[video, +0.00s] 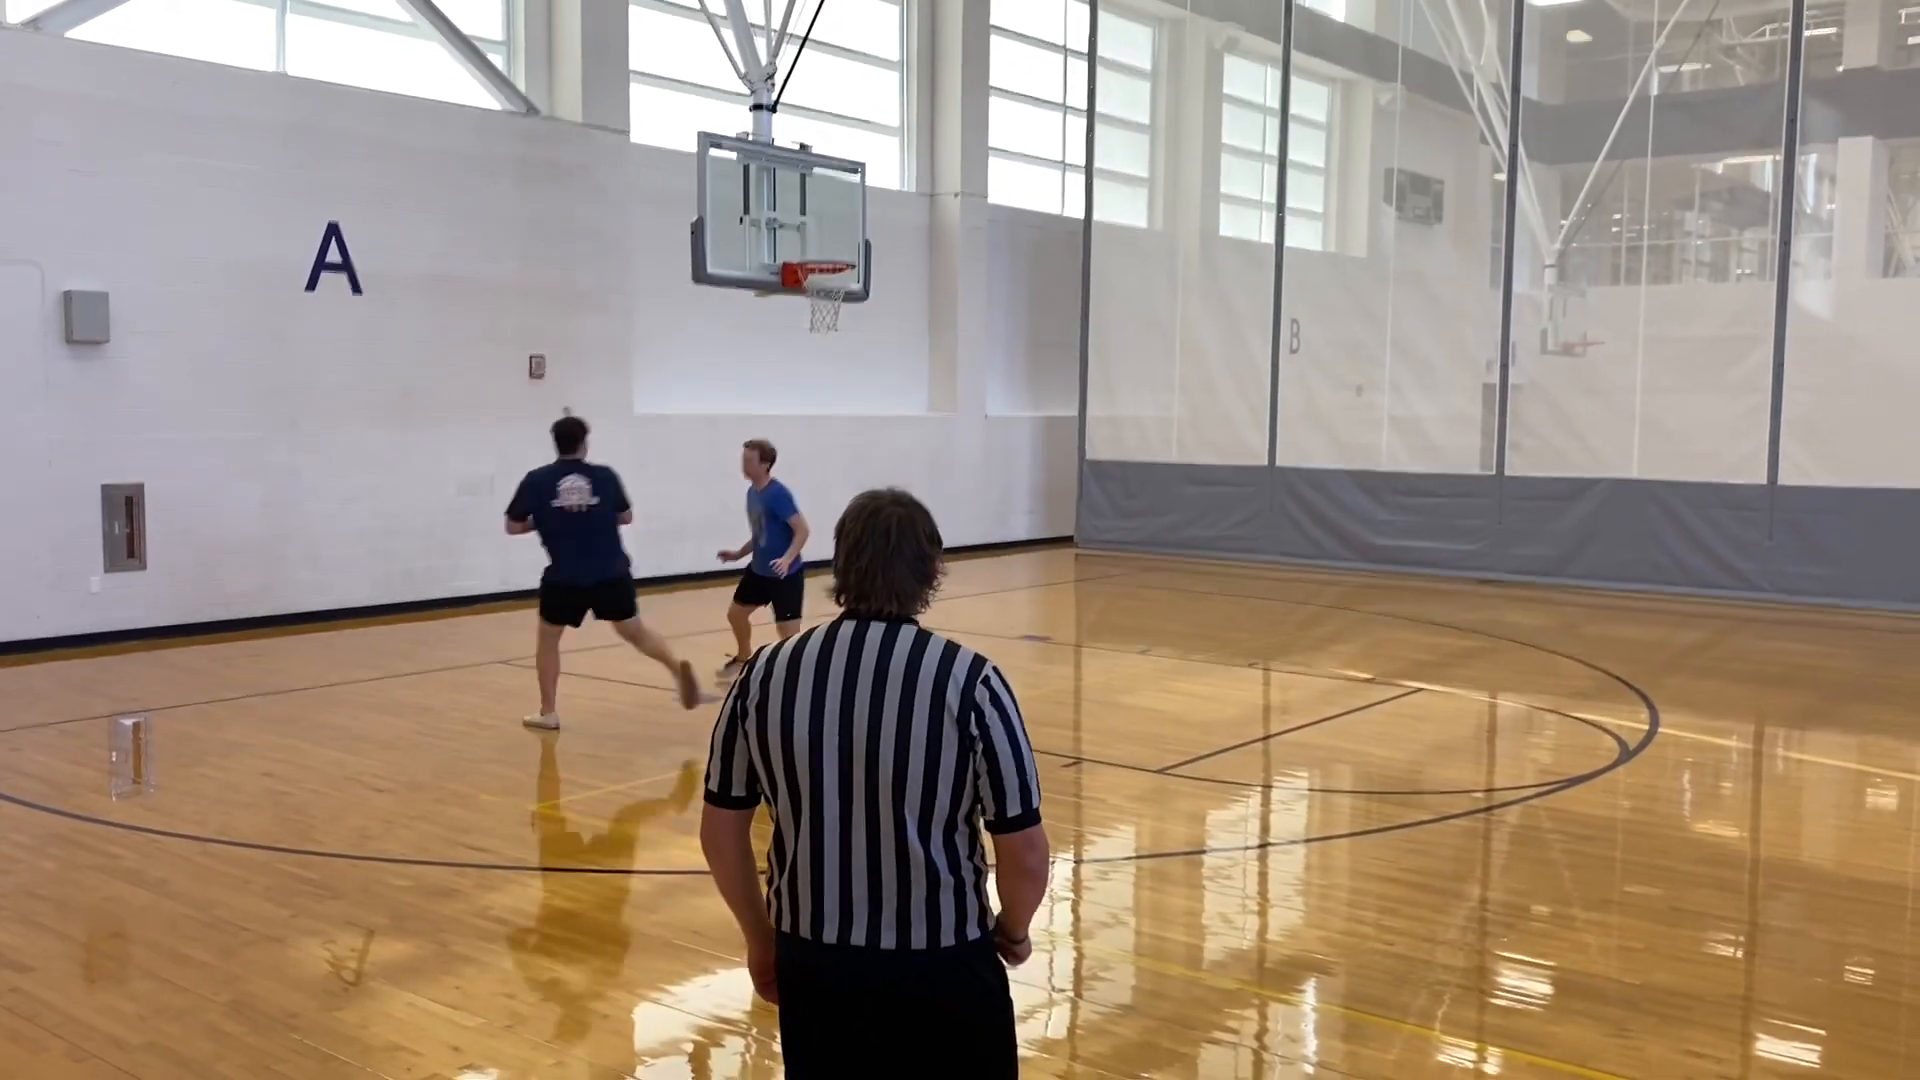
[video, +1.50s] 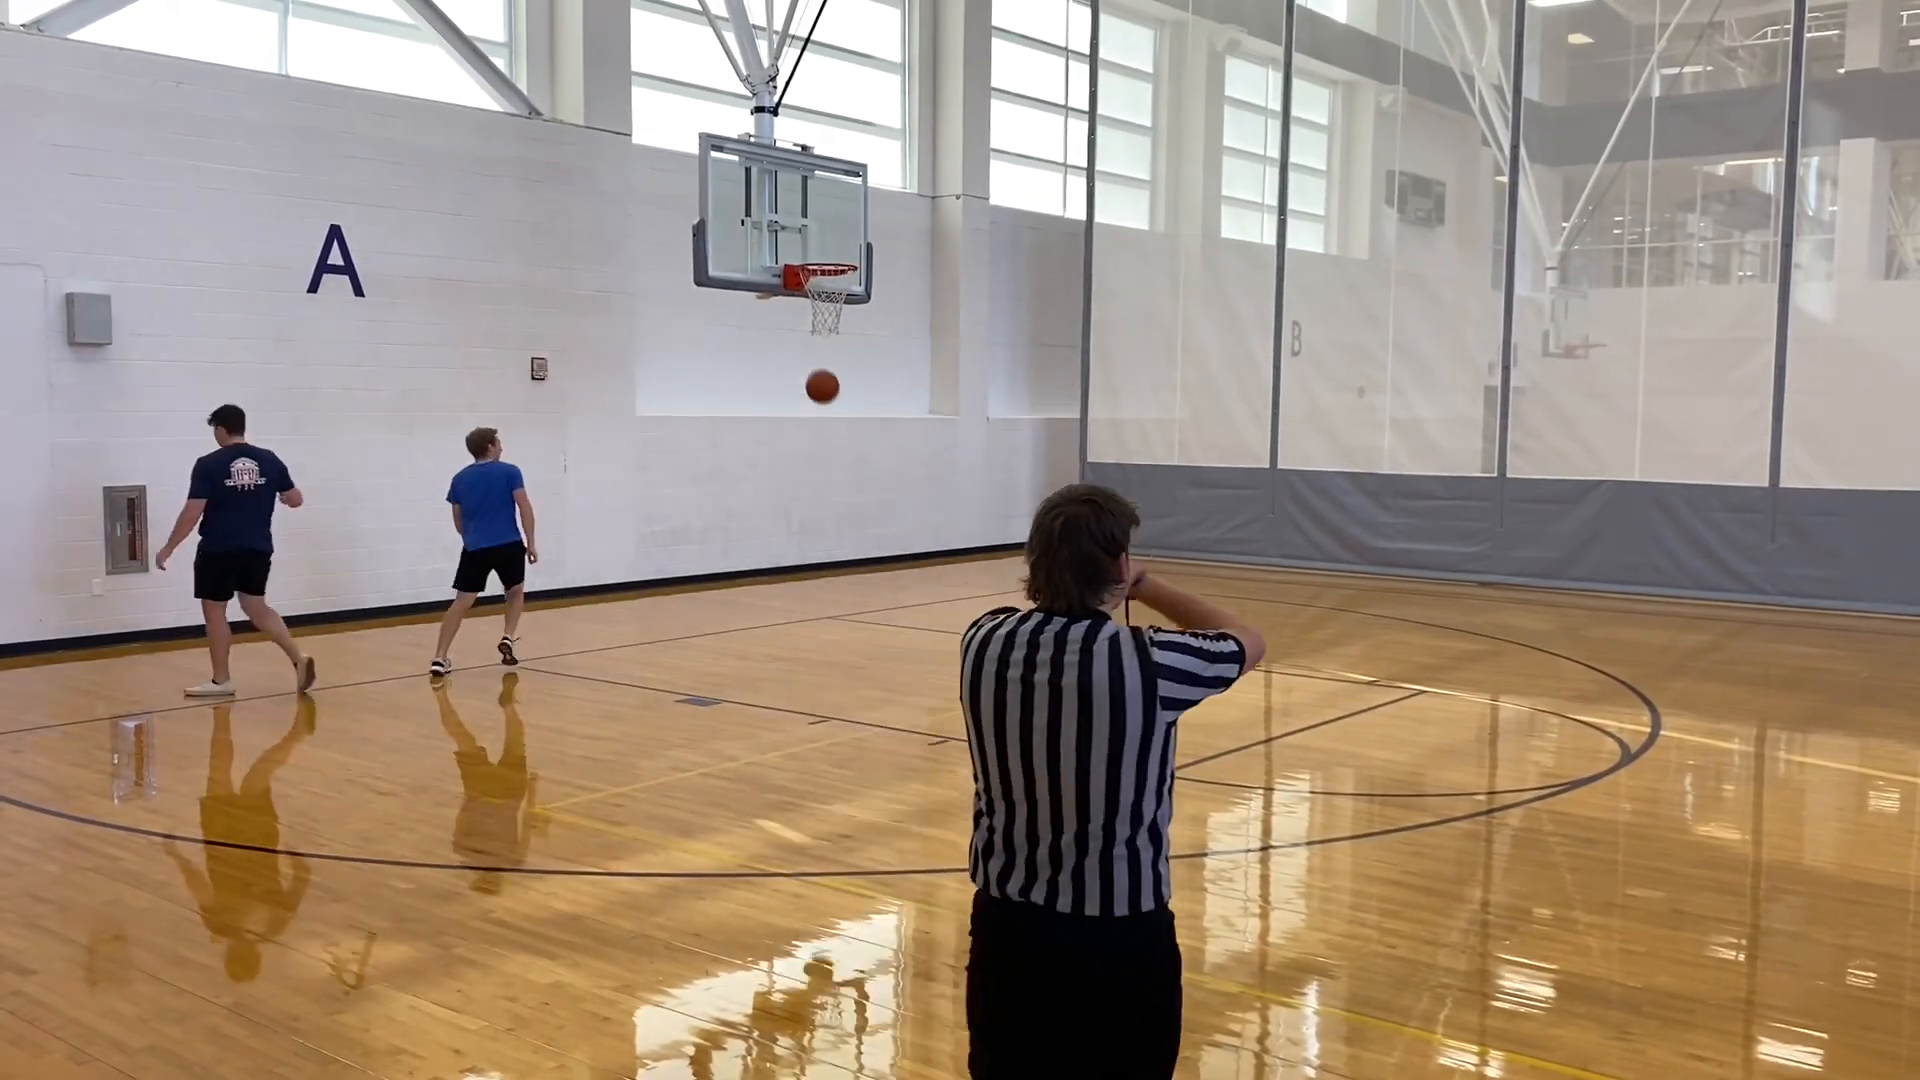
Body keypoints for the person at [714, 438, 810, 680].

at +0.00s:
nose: (743, 465)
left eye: (748, 460)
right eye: (743, 460)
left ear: (764, 464)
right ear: (751, 462)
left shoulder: (778, 494)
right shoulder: (752, 493)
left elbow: (802, 530)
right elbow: (760, 535)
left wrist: (787, 559)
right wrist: (738, 554)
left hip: (786, 574)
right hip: (759, 571)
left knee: (788, 632)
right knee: (736, 615)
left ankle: (796, 679)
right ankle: (744, 657)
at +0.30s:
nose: (681, 442)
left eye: (686, 439)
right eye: (682, 438)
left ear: (702, 446)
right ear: (693, 445)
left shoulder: (709, 475)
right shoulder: (687, 472)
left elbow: (714, 519)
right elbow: (693, 511)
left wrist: (690, 551)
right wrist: (676, 534)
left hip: (721, 551)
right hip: (698, 549)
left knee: (705, 609)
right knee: (673, 598)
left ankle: (726, 659)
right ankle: (705, 643)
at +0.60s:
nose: (623, 447)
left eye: (630, 446)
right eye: (627, 444)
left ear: (641, 457)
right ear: (636, 454)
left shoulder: (641, 479)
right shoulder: (630, 482)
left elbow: (608, 458)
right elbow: (622, 504)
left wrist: (582, 432)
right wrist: (599, 503)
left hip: (645, 559)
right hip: (626, 559)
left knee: (655, 619)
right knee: (599, 609)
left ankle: (707, 659)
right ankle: (615, 662)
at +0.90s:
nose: (578, 381)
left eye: (581, 380)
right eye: (587, 382)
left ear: (578, 388)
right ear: (601, 396)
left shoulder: (564, 400)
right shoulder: (602, 421)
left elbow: (544, 364)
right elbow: (604, 459)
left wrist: (530, 329)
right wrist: (581, 462)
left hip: (559, 487)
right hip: (585, 487)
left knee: (565, 557)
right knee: (592, 552)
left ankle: (571, 618)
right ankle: (605, 610)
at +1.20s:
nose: (536, 436)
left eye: (533, 433)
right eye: (534, 434)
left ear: (509, 442)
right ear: (532, 439)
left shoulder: (501, 462)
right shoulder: (552, 465)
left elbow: (460, 481)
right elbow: (561, 504)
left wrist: (439, 454)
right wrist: (535, 512)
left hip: (505, 537)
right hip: (540, 541)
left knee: (481, 594)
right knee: (537, 603)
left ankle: (453, 649)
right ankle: (535, 660)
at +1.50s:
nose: (501, 447)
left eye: (499, 443)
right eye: (498, 443)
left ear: (474, 450)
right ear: (491, 447)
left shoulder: (460, 478)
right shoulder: (509, 471)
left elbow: (459, 524)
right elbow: (525, 509)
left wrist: (475, 540)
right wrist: (531, 544)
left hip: (475, 552)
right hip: (509, 548)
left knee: (461, 602)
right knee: (515, 593)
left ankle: (439, 658)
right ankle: (508, 638)